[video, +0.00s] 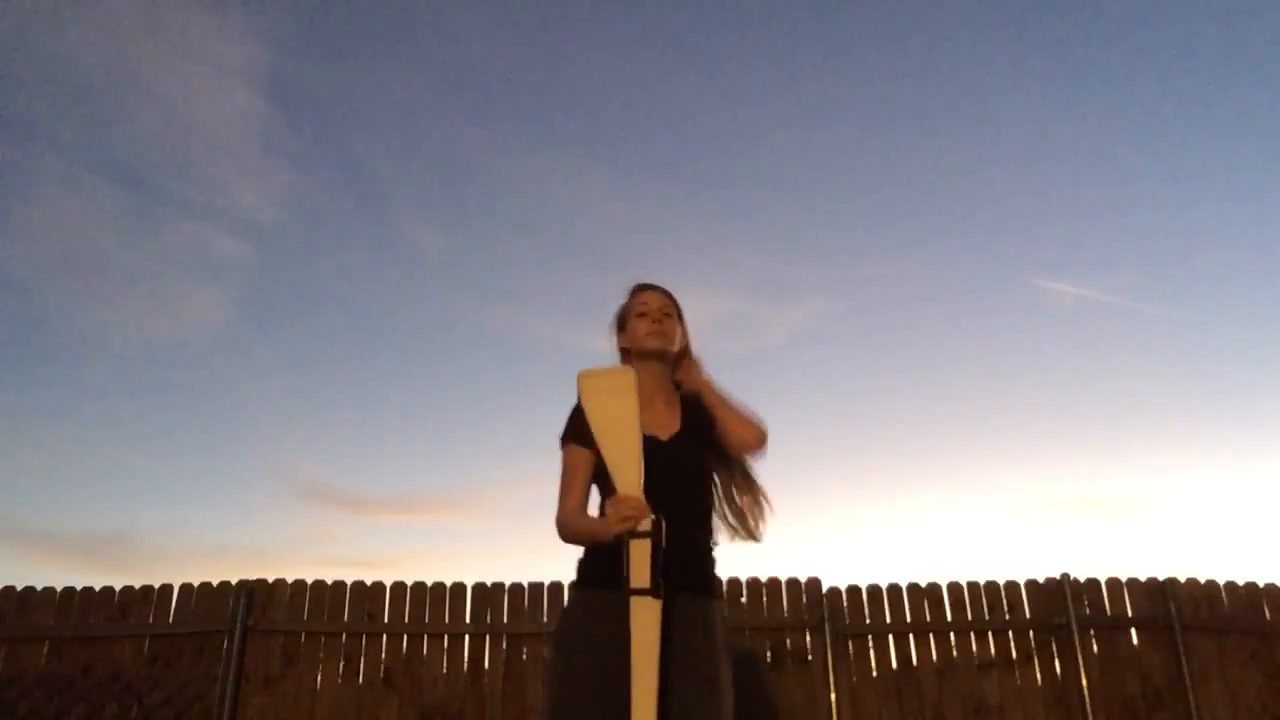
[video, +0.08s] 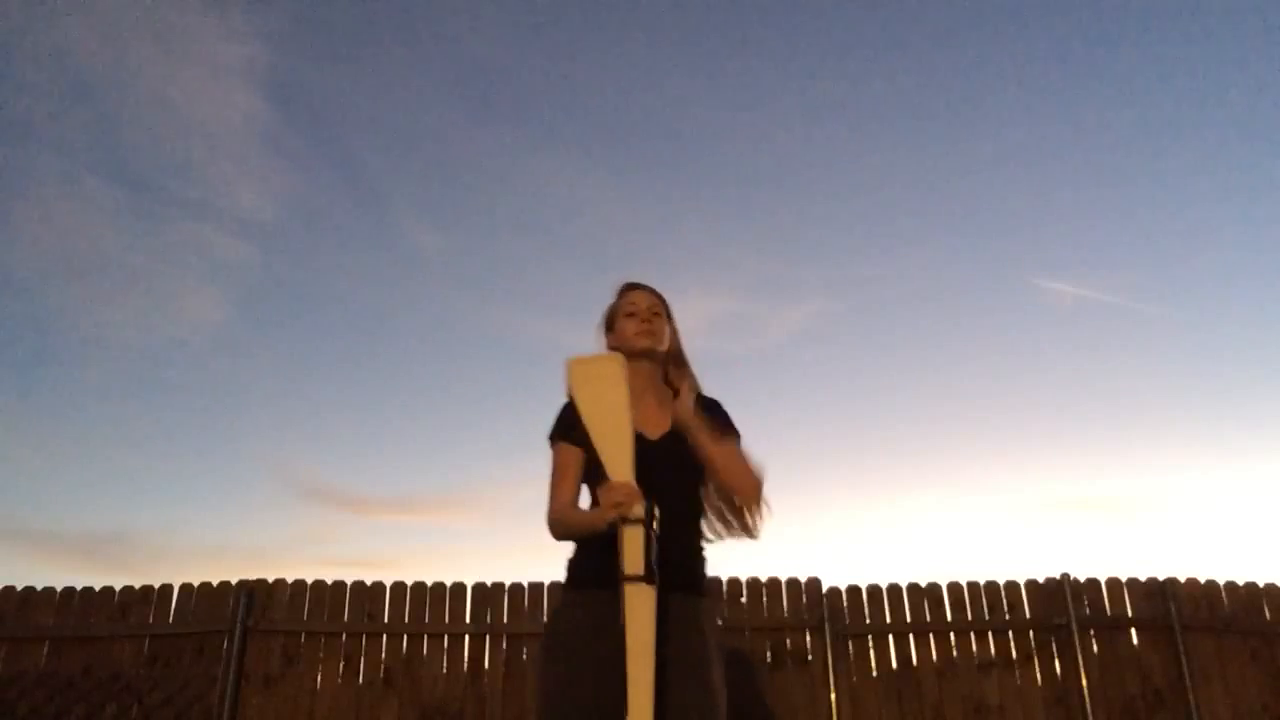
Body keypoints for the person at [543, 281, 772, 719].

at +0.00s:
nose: (656, 319)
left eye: (668, 315)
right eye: (642, 314)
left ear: (682, 339)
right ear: (623, 339)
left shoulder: (702, 408)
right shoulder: (598, 404)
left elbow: (752, 439)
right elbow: (568, 519)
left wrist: (702, 385)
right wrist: (606, 527)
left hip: (689, 592)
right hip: (609, 590)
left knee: (697, 707)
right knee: (595, 708)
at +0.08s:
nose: (645, 320)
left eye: (656, 314)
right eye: (630, 314)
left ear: (671, 335)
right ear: (610, 336)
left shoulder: (703, 410)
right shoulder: (586, 407)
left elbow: (747, 491)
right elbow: (559, 517)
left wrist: (690, 420)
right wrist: (601, 516)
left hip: (679, 594)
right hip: (598, 592)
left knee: (688, 707)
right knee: (588, 706)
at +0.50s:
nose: (610, 315)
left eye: (620, 309)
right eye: (595, 306)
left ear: (630, 333)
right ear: (569, 325)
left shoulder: (652, 412)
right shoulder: (528, 395)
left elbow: (655, 508)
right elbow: (501, 495)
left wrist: (650, 562)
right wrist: (562, 460)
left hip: (617, 596)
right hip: (535, 594)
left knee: (631, 707)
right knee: (522, 707)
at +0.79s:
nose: (654, 318)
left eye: (663, 311)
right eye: (639, 308)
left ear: (670, 328)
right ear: (611, 325)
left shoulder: (694, 413)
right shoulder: (574, 400)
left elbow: (682, 502)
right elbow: (551, 492)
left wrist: (691, 544)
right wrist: (622, 457)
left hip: (655, 601)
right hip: (571, 598)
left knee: (694, 707)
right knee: (556, 707)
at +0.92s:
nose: (692, 318)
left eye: (700, 310)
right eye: (677, 309)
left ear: (708, 326)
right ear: (649, 324)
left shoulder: (732, 416)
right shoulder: (612, 403)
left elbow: (717, 512)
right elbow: (588, 496)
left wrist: (734, 547)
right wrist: (661, 463)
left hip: (688, 604)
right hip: (605, 601)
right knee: (588, 708)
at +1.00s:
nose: (715, 319)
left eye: (723, 312)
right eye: (700, 310)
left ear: (731, 328)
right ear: (672, 325)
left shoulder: (753, 421)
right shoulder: (633, 403)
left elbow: (732, 518)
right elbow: (608, 499)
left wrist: (759, 559)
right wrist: (685, 473)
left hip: (707, 608)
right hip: (623, 604)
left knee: (760, 709)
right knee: (599, 708)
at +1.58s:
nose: (767, 327)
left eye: (773, 321)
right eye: (750, 319)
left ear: (781, 340)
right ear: (720, 335)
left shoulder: (796, 437)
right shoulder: (675, 413)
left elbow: (771, 536)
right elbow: (650, 511)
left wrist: (787, 589)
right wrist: (734, 487)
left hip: (739, 630)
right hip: (649, 620)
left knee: (794, 712)